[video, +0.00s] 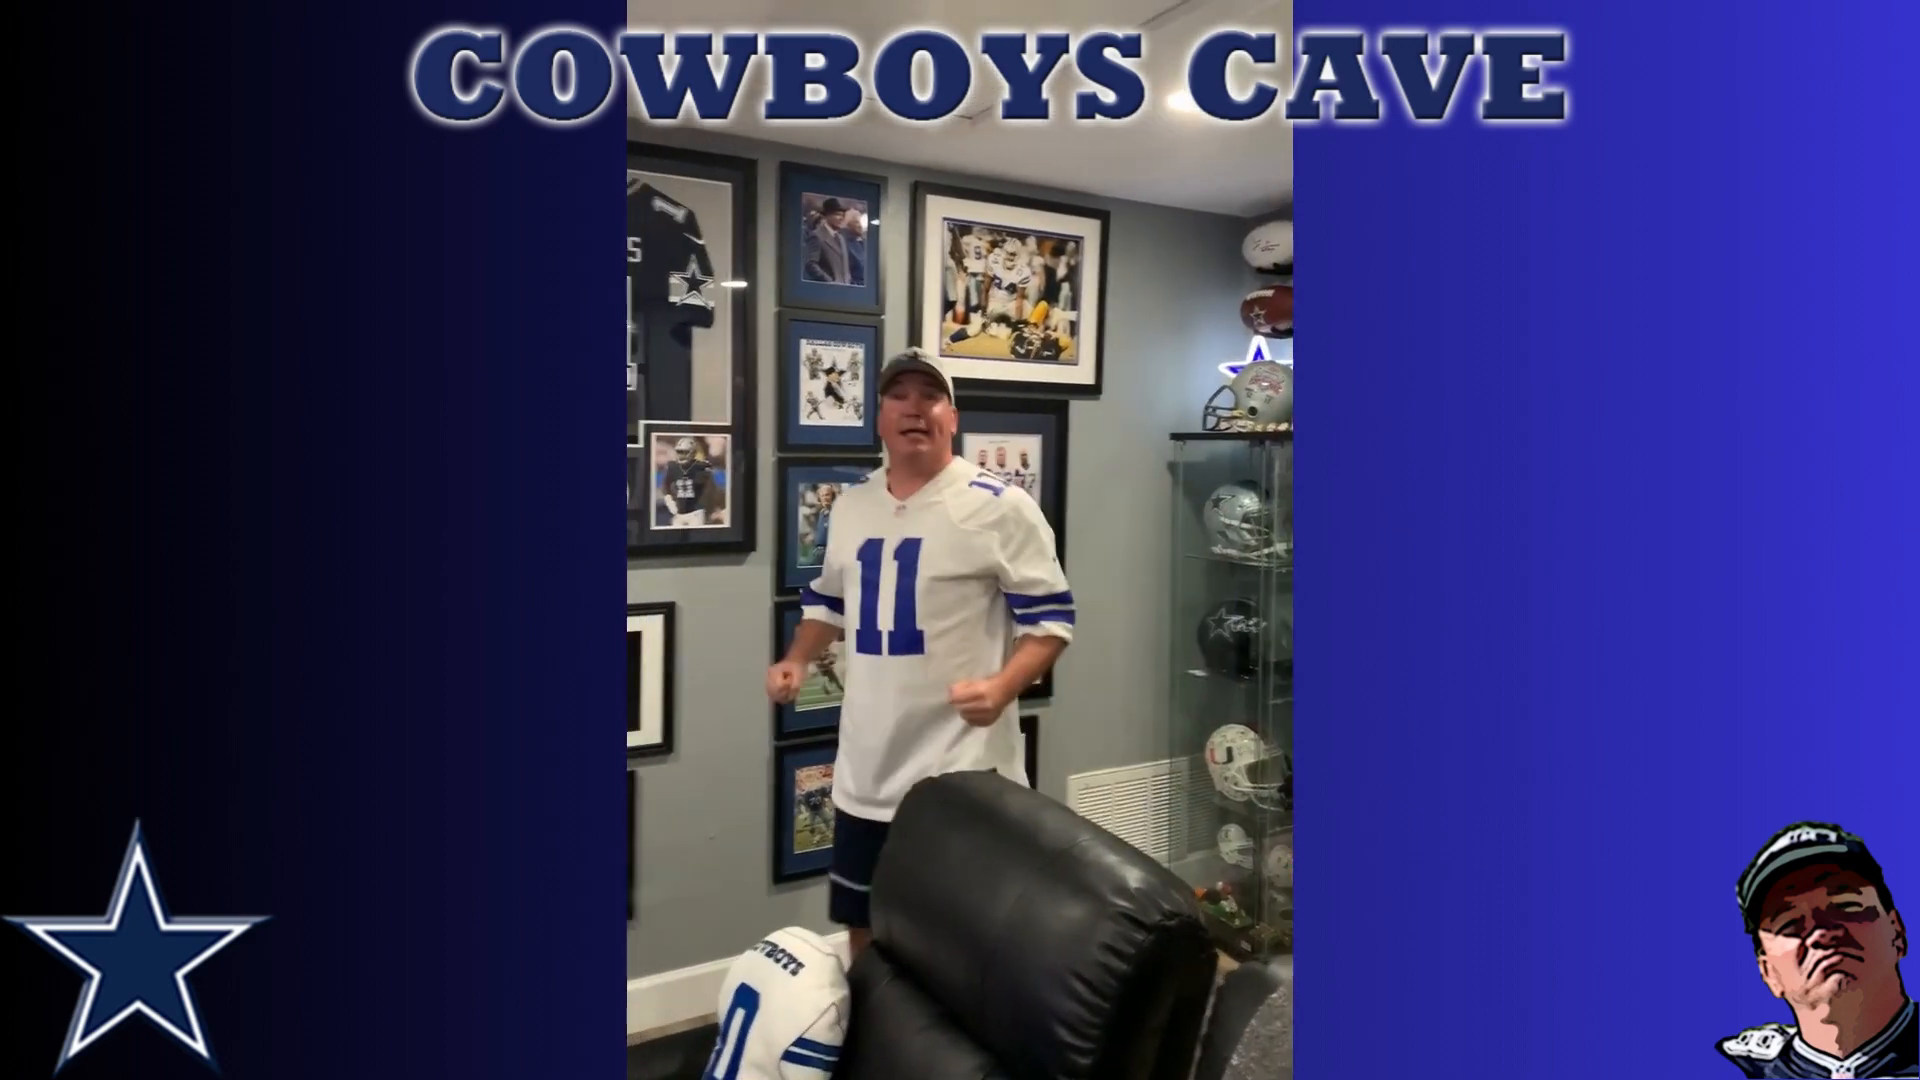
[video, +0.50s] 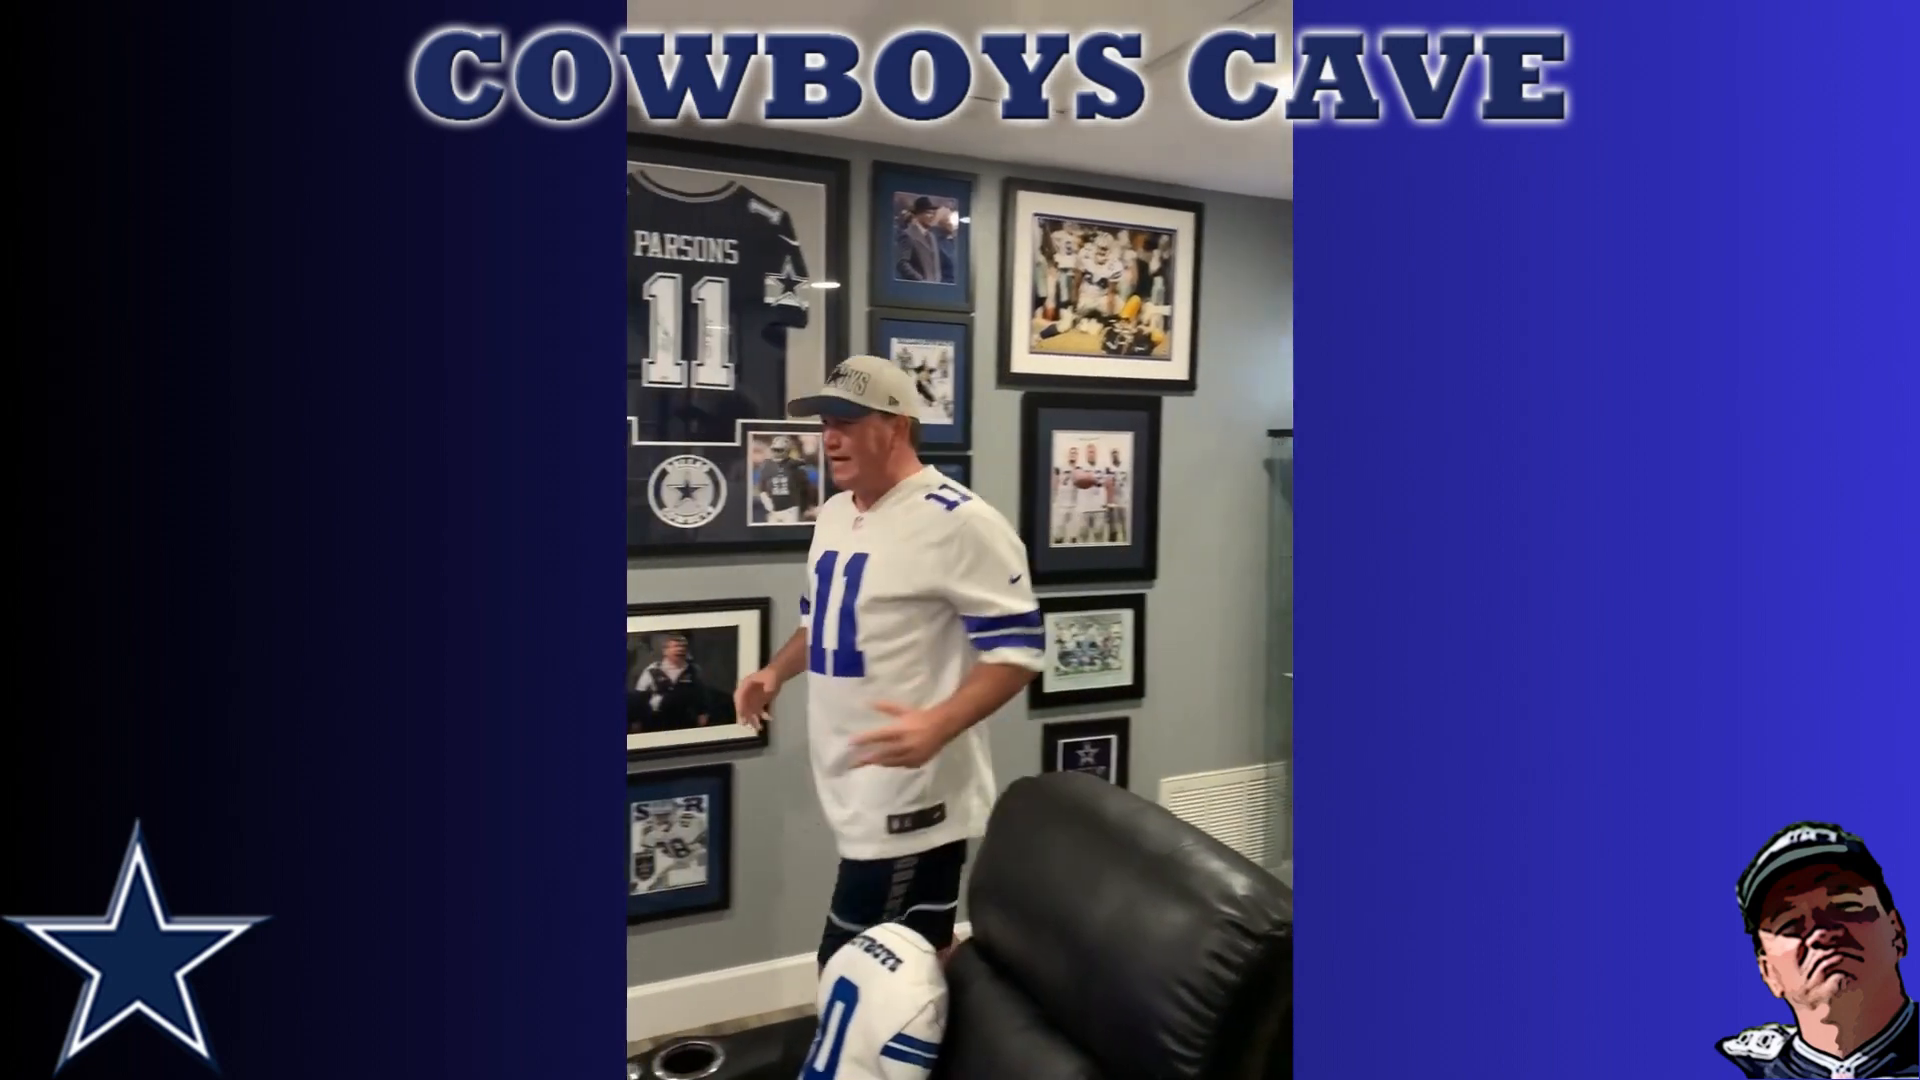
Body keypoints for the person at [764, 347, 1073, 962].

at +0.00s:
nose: (915, 411)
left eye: (931, 398)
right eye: (899, 397)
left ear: (953, 418)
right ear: (877, 417)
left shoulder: (1001, 509)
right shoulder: (851, 508)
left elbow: (1052, 621)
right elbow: (827, 605)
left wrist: (1004, 685)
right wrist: (797, 659)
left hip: (965, 784)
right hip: (867, 778)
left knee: (965, 942)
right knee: (864, 937)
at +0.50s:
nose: (830, 440)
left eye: (846, 423)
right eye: (826, 425)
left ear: (895, 427)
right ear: (823, 433)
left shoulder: (962, 522)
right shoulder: (836, 515)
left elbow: (1019, 652)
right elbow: (824, 621)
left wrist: (940, 725)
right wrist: (775, 673)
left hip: (916, 812)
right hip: (861, 807)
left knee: (848, 979)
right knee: (926, 969)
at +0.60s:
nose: (817, 433)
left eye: (835, 418)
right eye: (815, 419)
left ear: (885, 425)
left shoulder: (945, 524)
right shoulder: (834, 513)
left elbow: (991, 666)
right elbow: (826, 625)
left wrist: (895, 728)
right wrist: (767, 668)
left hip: (900, 813)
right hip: (847, 807)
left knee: (841, 987)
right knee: (892, 995)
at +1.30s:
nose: (785, 437)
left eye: (803, 418)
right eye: (787, 420)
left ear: (860, 426)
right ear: (852, 429)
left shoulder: (900, 529)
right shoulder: (856, 518)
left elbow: (920, 691)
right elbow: (860, 651)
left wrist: (784, 750)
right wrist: (777, 682)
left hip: (877, 832)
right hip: (808, 816)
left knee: (904, 1034)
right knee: (760, 966)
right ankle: (728, 1079)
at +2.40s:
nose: (927, 424)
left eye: (940, 410)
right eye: (909, 411)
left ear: (960, 407)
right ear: (880, 412)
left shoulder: (1015, 500)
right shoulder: (844, 495)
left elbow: (1098, 591)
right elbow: (794, 577)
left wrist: (1082, 618)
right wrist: (748, 614)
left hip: (971, 775)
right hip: (872, 771)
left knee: (981, 959)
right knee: (876, 928)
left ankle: (995, 1076)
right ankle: (871, 1068)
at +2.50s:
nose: (936, 410)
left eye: (946, 393)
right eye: (914, 399)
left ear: (963, 394)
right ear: (880, 408)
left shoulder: (1019, 493)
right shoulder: (841, 496)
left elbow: (1090, 567)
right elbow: (789, 571)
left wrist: (1105, 599)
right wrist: (748, 605)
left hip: (988, 770)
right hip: (878, 769)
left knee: (1005, 946)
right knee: (882, 918)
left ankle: (1022, 1076)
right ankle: (884, 1064)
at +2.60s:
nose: (945, 399)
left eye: (954, 382)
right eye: (923, 386)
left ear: (969, 388)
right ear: (888, 402)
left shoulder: (1023, 486)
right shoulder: (845, 494)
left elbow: (1086, 555)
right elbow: (794, 573)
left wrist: (1111, 586)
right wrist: (765, 600)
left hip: (998, 756)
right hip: (885, 757)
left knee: (1021, 930)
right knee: (886, 911)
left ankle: (1046, 1073)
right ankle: (892, 1062)